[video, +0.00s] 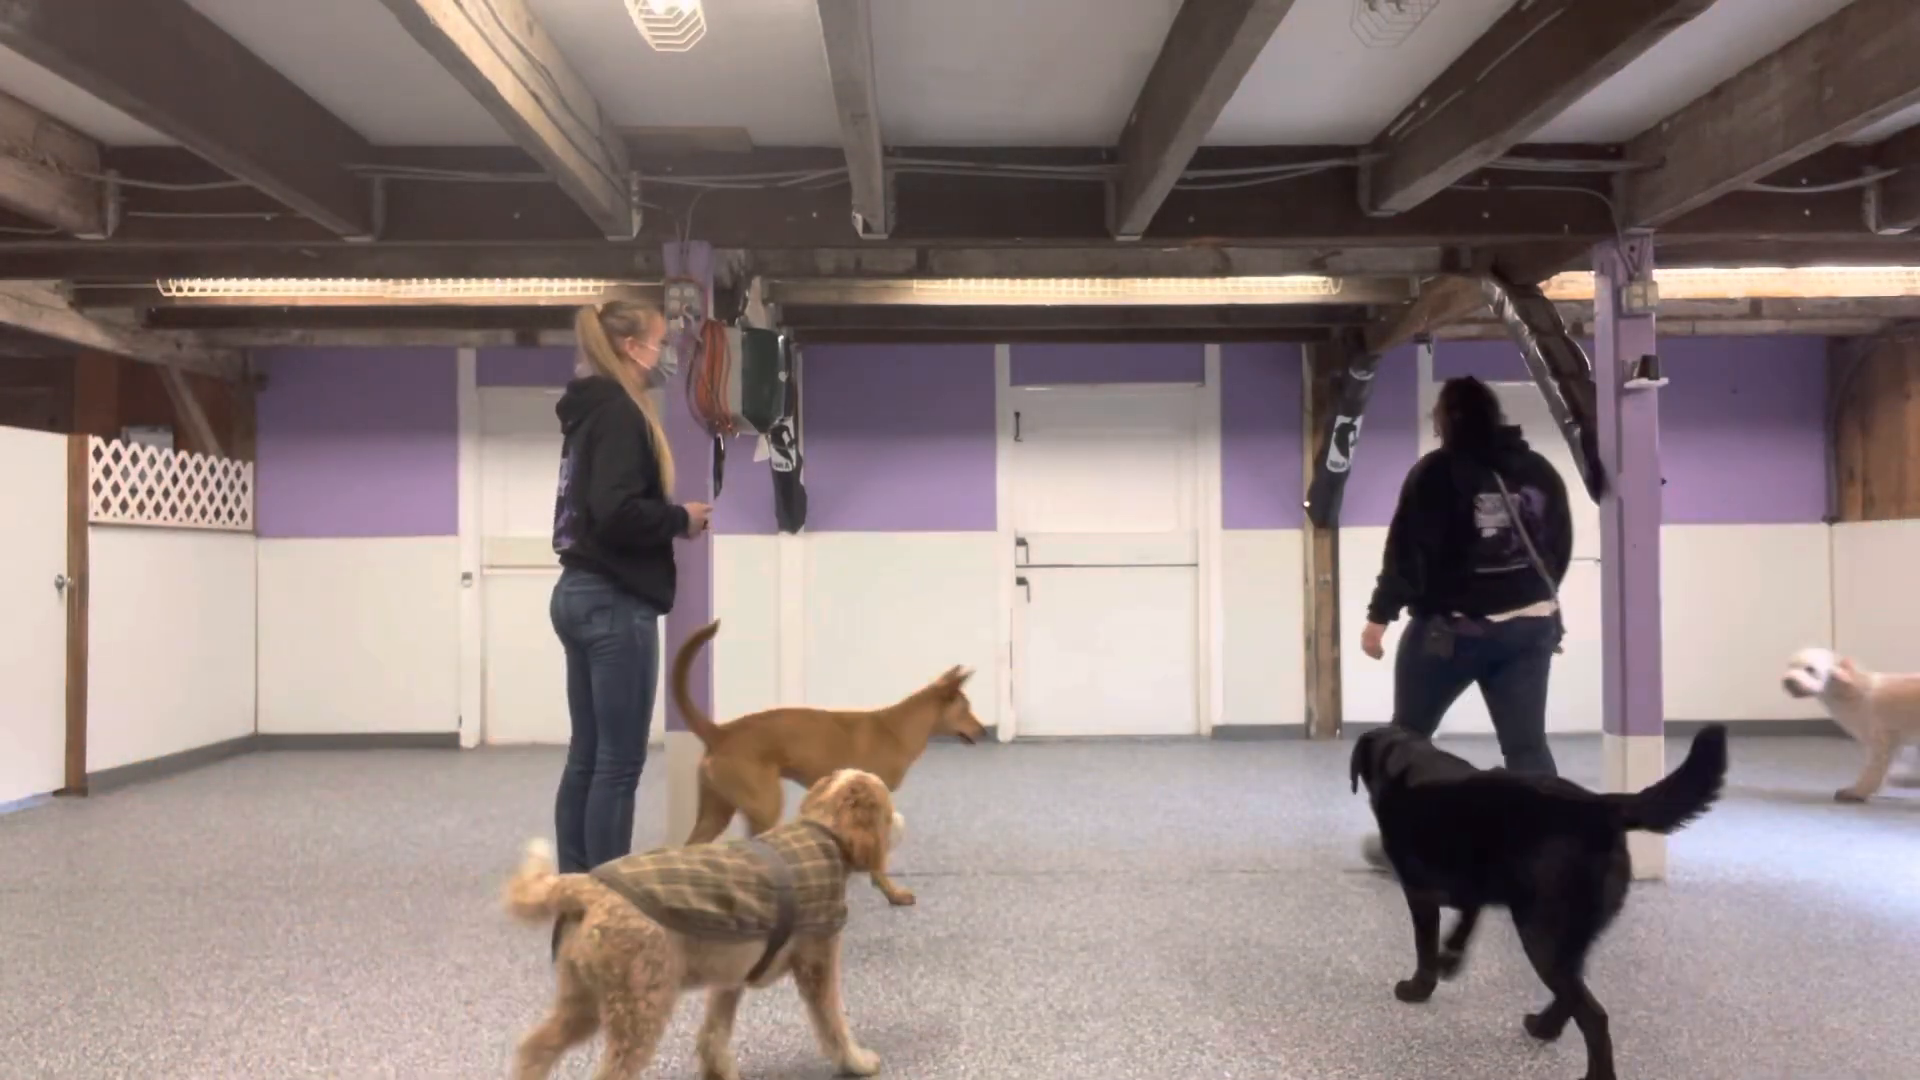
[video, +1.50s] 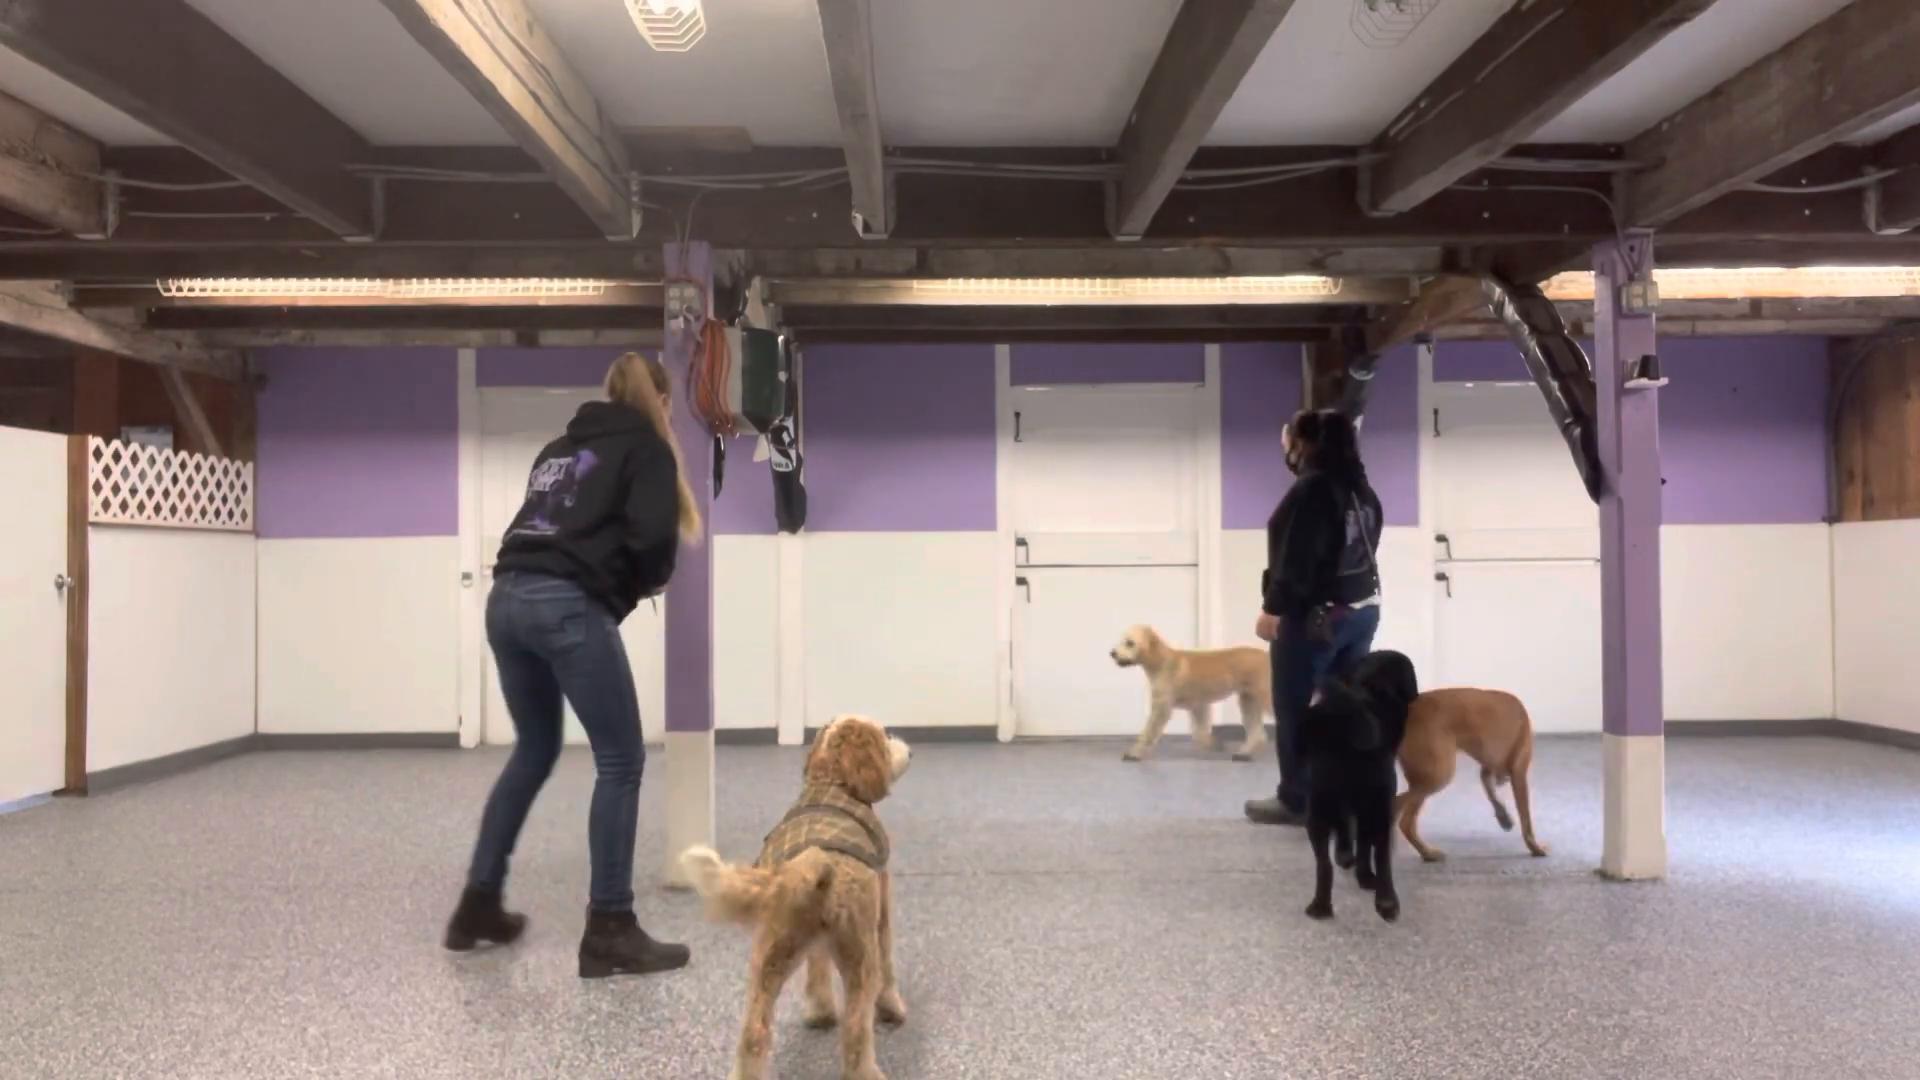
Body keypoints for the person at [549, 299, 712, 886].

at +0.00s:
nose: (661, 356)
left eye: (662, 345)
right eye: (656, 345)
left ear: (616, 342)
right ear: (627, 344)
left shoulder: (593, 403)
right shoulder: (618, 409)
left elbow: (599, 509)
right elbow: (617, 512)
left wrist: (675, 514)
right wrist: (682, 518)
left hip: (582, 590)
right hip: (616, 598)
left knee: (586, 756)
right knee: (620, 761)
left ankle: (575, 892)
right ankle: (607, 897)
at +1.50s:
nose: (671, 408)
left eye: (668, 399)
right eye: (668, 399)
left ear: (608, 395)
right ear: (659, 400)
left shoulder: (563, 444)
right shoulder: (647, 447)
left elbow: (547, 520)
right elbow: (653, 536)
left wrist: (604, 572)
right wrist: (645, 582)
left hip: (507, 599)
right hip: (568, 604)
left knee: (534, 752)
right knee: (620, 762)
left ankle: (478, 907)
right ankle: (611, 929)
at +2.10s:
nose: (518, 454)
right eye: (517, 447)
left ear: (461, 447)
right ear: (514, 449)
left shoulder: (427, 495)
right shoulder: (524, 482)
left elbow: (407, 574)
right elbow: (552, 554)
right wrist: (536, 611)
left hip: (407, 615)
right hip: (482, 609)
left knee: (433, 760)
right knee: (552, 764)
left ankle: (414, 915)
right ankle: (589, 927)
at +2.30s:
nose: (499, 460)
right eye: (496, 453)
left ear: (438, 458)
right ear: (493, 457)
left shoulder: (408, 506)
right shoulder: (507, 489)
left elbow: (355, 589)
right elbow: (547, 562)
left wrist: (397, 620)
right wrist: (540, 618)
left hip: (397, 625)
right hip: (474, 613)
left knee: (432, 758)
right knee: (550, 765)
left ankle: (414, 913)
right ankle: (590, 926)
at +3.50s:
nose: (332, 409)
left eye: (332, 398)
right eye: (330, 397)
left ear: (270, 389)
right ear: (313, 394)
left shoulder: (234, 441)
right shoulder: (301, 440)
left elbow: (179, 524)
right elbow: (300, 522)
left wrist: (225, 572)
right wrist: (351, 591)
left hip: (207, 616)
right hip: (262, 619)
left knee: (255, 756)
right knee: (288, 776)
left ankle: (203, 893)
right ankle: (232, 932)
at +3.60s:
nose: (313, 423)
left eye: (313, 413)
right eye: (310, 412)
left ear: (254, 404)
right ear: (295, 409)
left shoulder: (215, 456)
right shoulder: (286, 453)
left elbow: (153, 528)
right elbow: (283, 528)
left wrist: (198, 578)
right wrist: (328, 596)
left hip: (178, 616)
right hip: (240, 618)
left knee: (207, 755)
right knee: (271, 774)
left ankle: (173, 890)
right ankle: (231, 933)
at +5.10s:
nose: (279, 491)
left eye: (281, 484)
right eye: (277, 481)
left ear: (228, 461)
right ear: (256, 463)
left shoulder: (194, 493)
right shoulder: (241, 480)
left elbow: (192, 579)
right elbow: (219, 521)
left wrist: (229, 652)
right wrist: (256, 592)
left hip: (113, 608)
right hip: (164, 601)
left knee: (182, 748)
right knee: (191, 750)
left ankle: (168, 895)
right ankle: (169, 920)